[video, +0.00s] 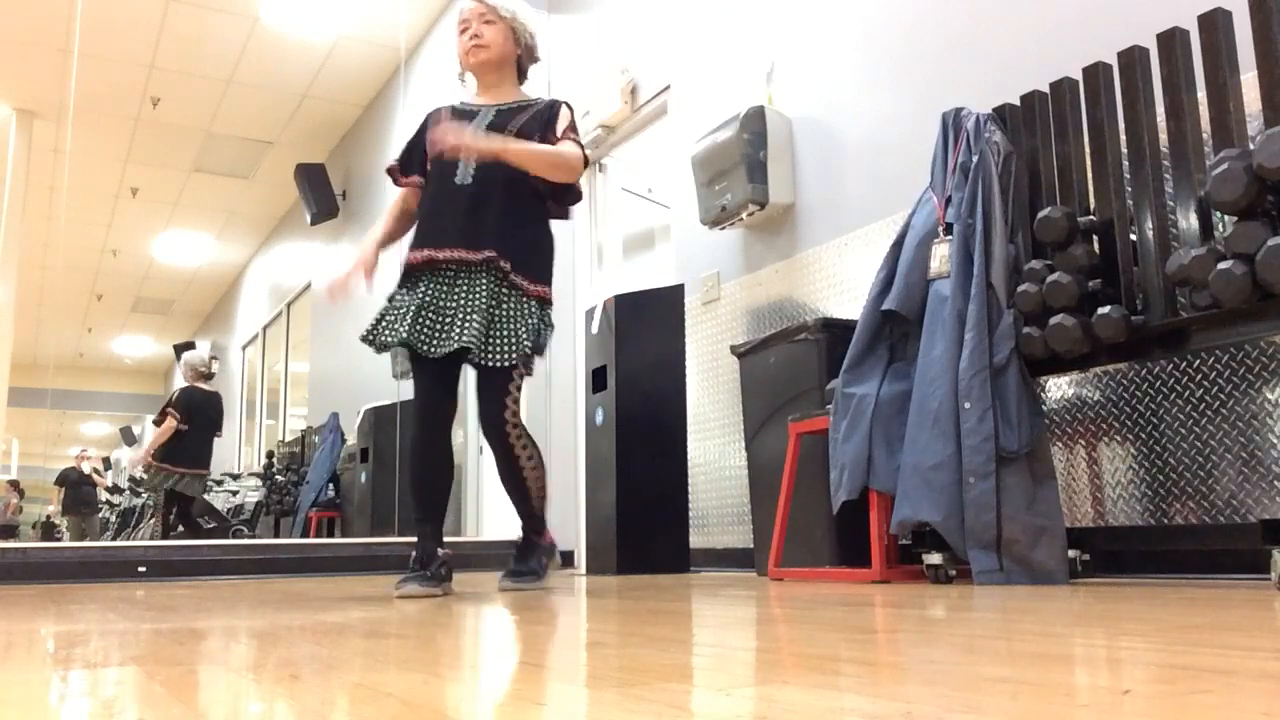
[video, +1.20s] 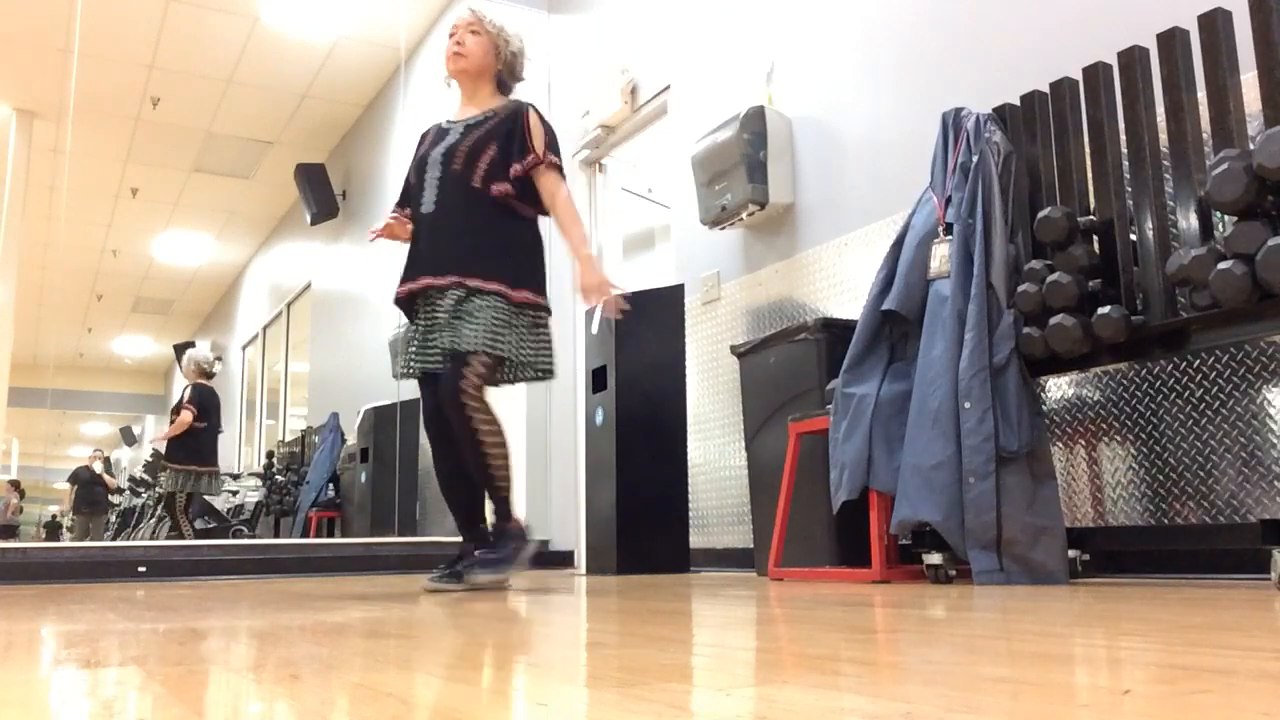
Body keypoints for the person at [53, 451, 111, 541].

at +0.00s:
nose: (85, 461)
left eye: (87, 458)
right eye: (82, 458)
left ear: (90, 460)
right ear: (76, 459)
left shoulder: (94, 471)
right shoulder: (67, 472)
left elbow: (103, 484)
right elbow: (58, 489)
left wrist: (92, 474)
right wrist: (56, 507)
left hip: (91, 511)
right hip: (73, 512)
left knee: (95, 538)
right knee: (75, 540)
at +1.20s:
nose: (96, 460)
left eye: (99, 458)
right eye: (94, 457)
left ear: (103, 460)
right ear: (89, 458)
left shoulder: (107, 473)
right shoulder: (80, 471)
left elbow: (114, 486)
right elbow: (69, 487)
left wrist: (102, 473)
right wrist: (67, 504)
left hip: (99, 512)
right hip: (81, 511)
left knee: (97, 540)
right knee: (78, 539)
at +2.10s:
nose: (105, 461)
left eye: (107, 459)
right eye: (103, 458)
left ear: (112, 460)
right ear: (99, 459)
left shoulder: (117, 471)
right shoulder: (92, 471)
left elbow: (121, 485)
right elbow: (83, 489)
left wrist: (108, 473)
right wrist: (79, 506)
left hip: (108, 512)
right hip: (90, 510)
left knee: (101, 540)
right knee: (83, 538)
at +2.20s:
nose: (104, 461)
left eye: (107, 459)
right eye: (102, 458)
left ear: (111, 460)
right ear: (98, 459)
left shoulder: (116, 471)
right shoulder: (91, 471)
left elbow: (120, 486)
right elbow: (82, 489)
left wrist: (107, 473)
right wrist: (78, 506)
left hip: (107, 511)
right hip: (89, 510)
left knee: (101, 540)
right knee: (82, 538)